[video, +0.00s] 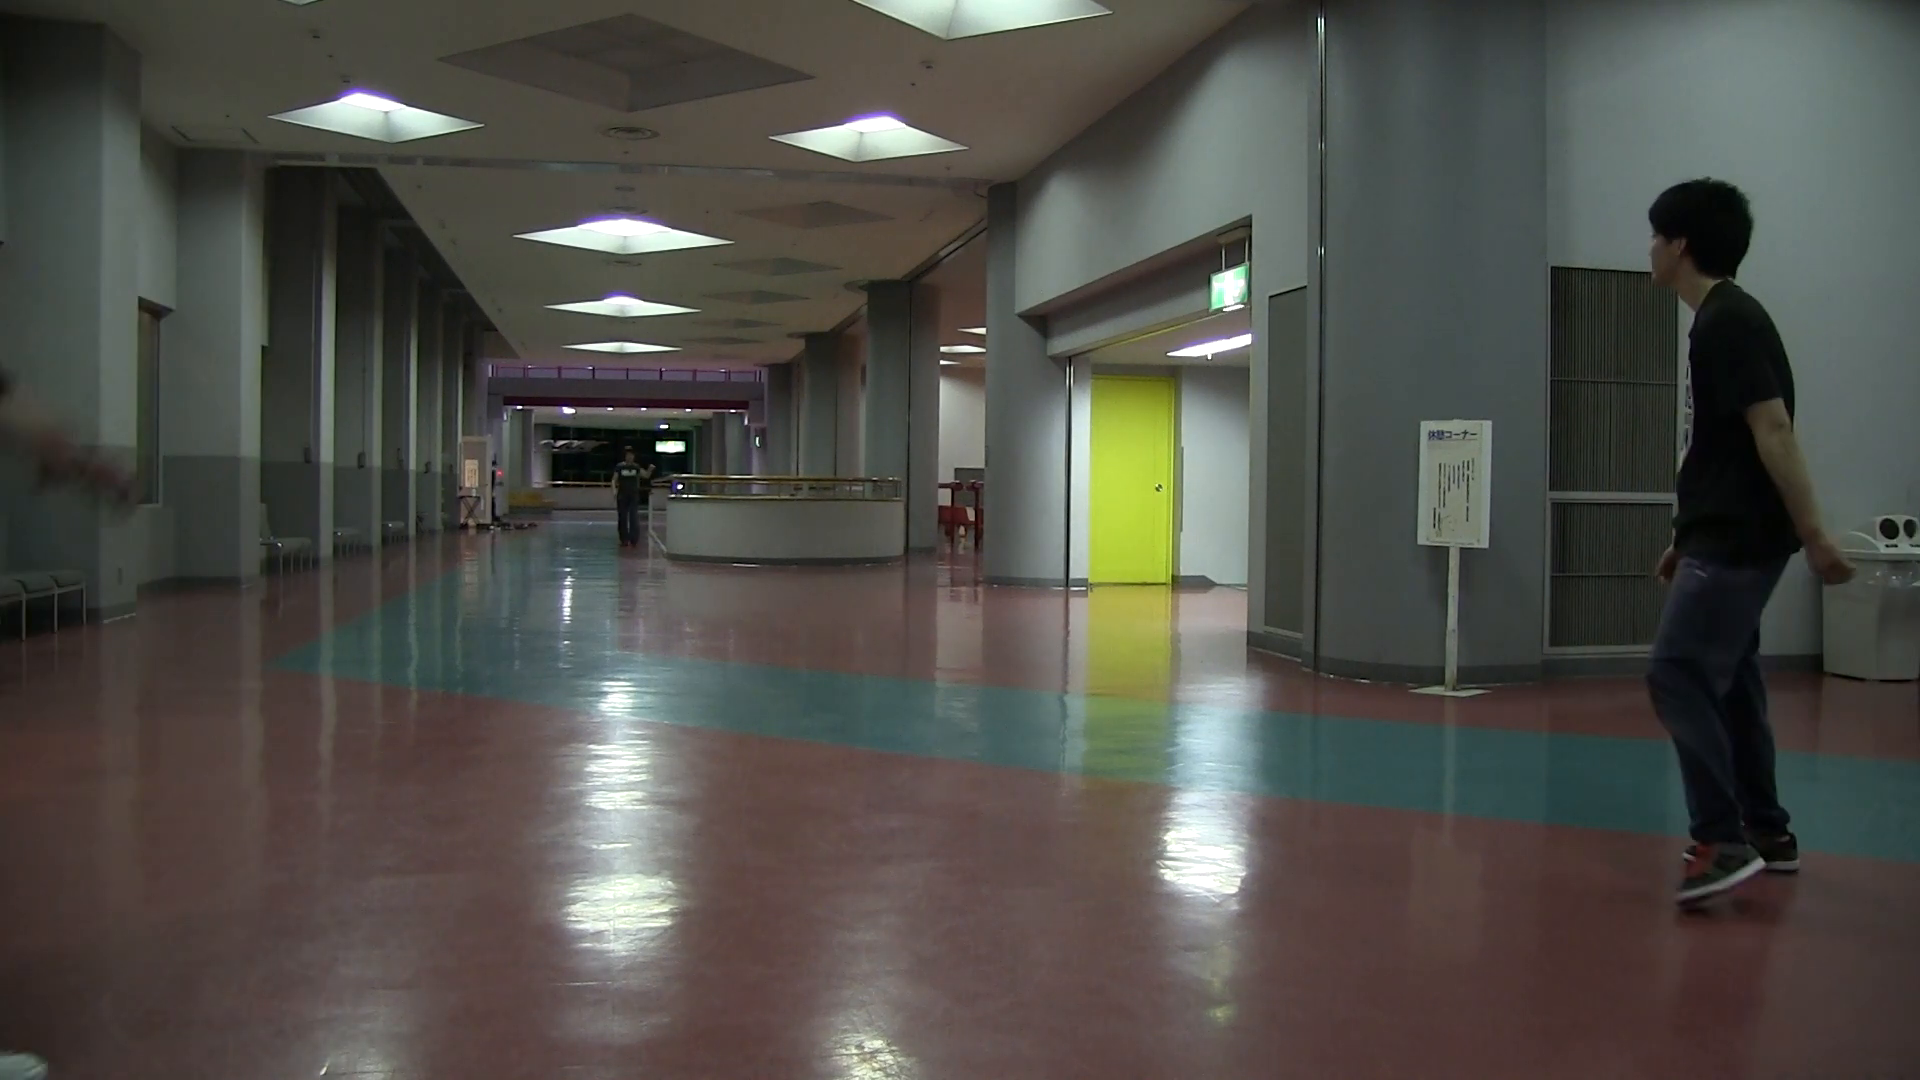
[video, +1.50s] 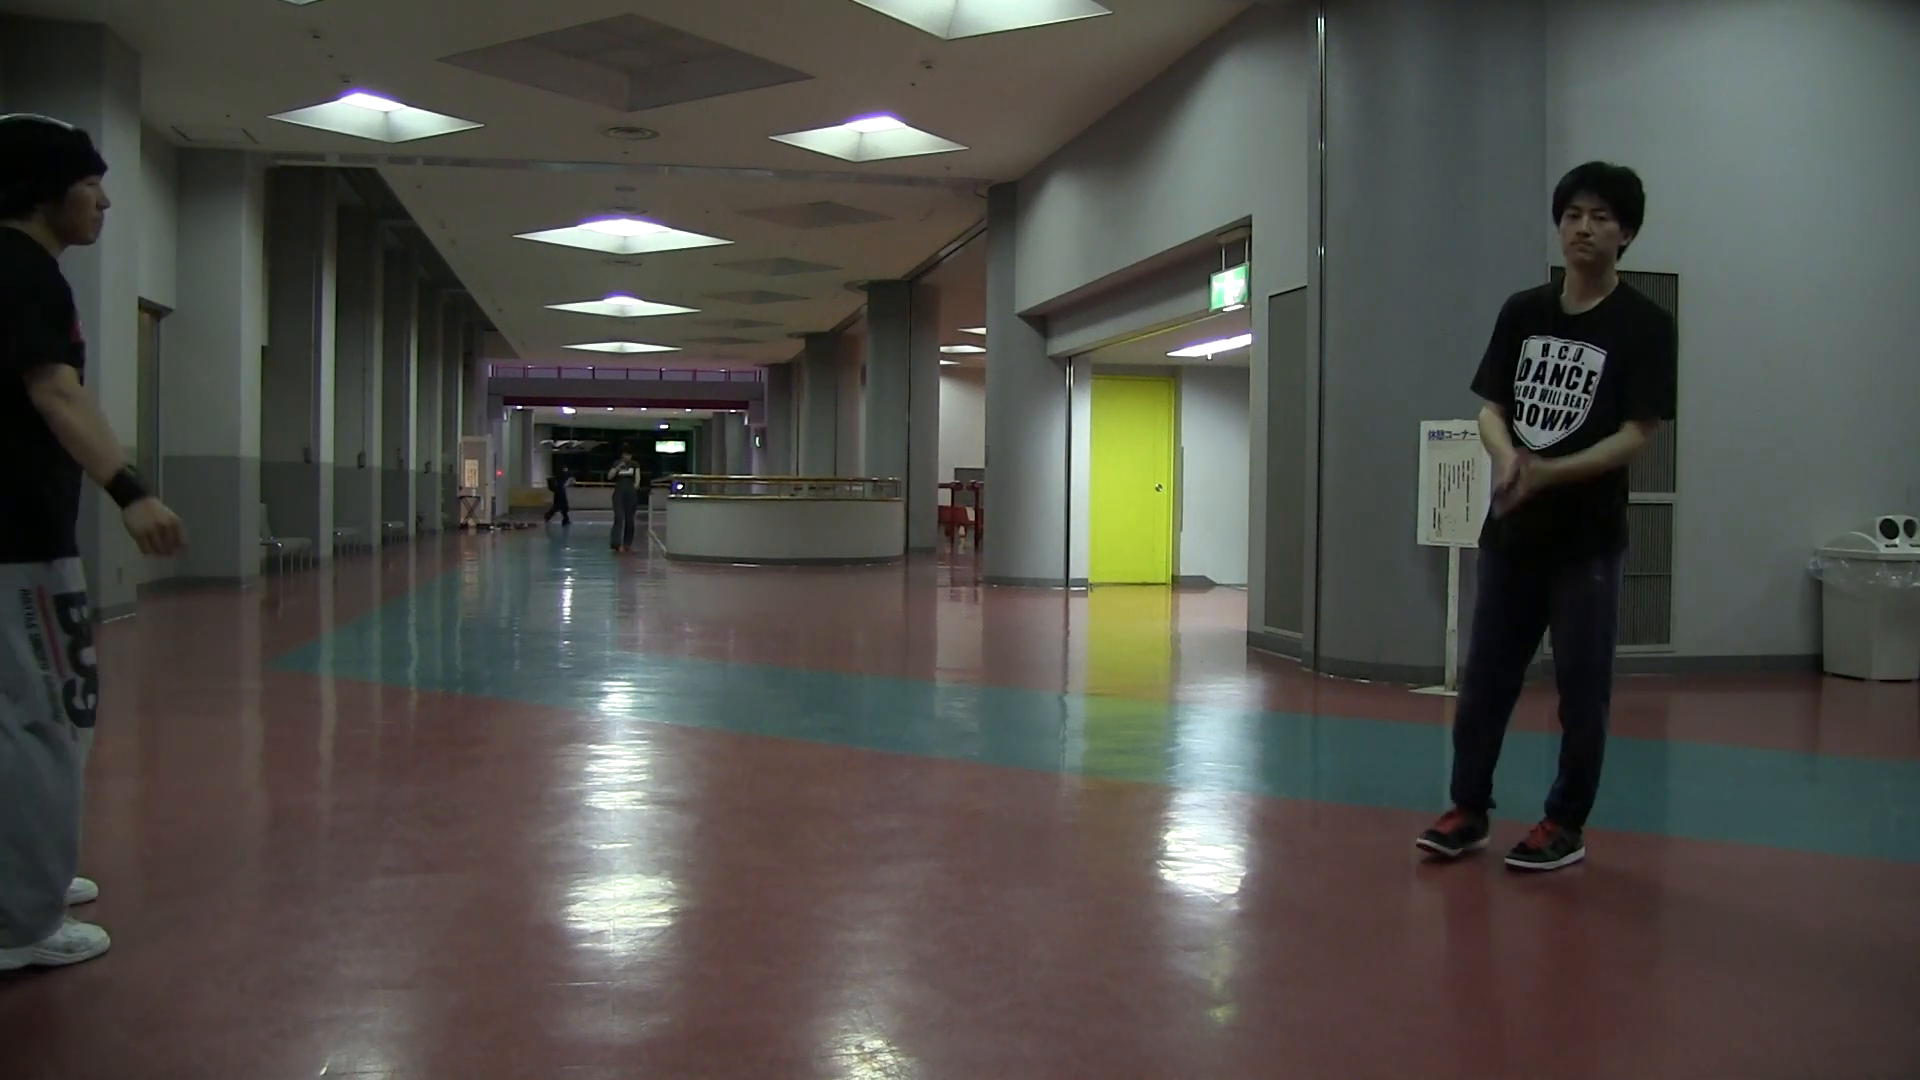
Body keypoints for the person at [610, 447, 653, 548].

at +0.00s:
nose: (629, 458)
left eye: (631, 456)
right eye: (627, 456)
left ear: (633, 457)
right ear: (625, 457)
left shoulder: (636, 467)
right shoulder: (620, 467)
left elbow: (645, 475)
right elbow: (614, 480)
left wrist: (650, 470)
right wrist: (614, 491)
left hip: (634, 496)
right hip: (622, 496)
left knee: (634, 518)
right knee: (622, 519)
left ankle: (634, 540)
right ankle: (624, 540)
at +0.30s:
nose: (632, 457)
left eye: (633, 455)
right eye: (630, 455)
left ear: (636, 456)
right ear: (627, 456)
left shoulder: (638, 467)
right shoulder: (621, 466)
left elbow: (646, 478)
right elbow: (616, 481)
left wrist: (649, 471)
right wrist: (616, 493)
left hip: (635, 497)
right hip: (624, 496)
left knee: (634, 519)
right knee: (624, 518)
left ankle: (633, 541)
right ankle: (624, 537)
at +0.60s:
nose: (630, 459)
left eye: (632, 457)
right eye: (629, 457)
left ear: (635, 458)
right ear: (626, 458)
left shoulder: (638, 468)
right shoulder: (621, 469)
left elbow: (643, 480)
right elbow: (615, 483)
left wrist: (636, 483)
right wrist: (612, 498)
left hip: (635, 498)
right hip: (623, 498)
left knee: (634, 519)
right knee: (625, 519)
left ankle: (632, 541)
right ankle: (626, 542)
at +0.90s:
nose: (630, 457)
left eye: (632, 455)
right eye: (628, 455)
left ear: (634, 455)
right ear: (625, 455)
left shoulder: (636, 466)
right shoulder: (619, 465)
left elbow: (640, 480)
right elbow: (613, 480)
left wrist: (644, 492)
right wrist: (611, 493)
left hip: (633, 496)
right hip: (621, 496)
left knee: (632, 517)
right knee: (622, 519)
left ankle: (632, 540)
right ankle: (625, 542)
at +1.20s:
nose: (630, 459)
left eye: (632, 456)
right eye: (628, 456)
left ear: (634, 457)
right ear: (624, 456)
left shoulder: (636, 467)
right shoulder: (619, 466)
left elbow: (641, 481)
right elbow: (612, 480)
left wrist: (645, 493)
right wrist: (618, 480)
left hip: (633, 498)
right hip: (621, 498)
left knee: (630, 519)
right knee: (622, 519)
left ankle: (627, 543)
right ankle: (623, 542)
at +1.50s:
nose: (627, 457)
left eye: (629, 455)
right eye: (625, 455)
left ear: (632, 456)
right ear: (622, 455)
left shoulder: (635, 465)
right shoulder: (618, 464)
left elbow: (637, 478)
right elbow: (610, 476)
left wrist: (635, 485)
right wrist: (618, 467)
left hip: (631, 494)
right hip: (619, 494)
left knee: (630, 519)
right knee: (619, 518)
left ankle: (627, 544)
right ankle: (616, 544)